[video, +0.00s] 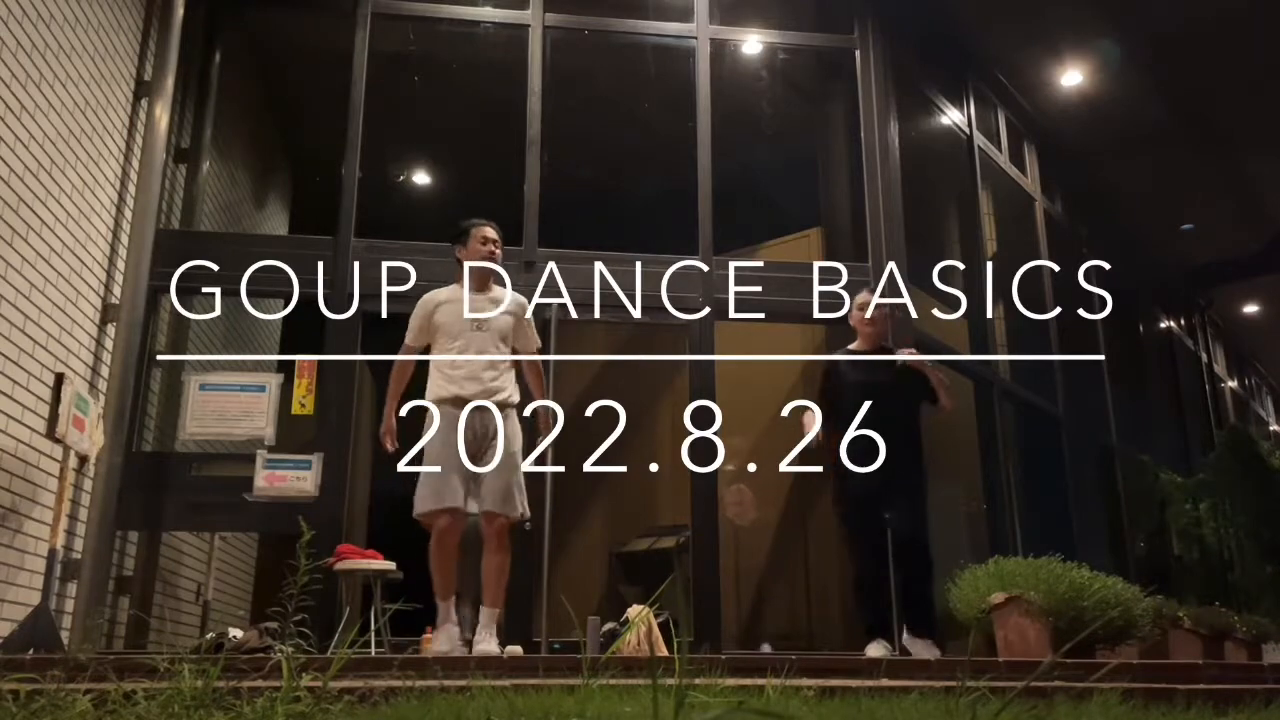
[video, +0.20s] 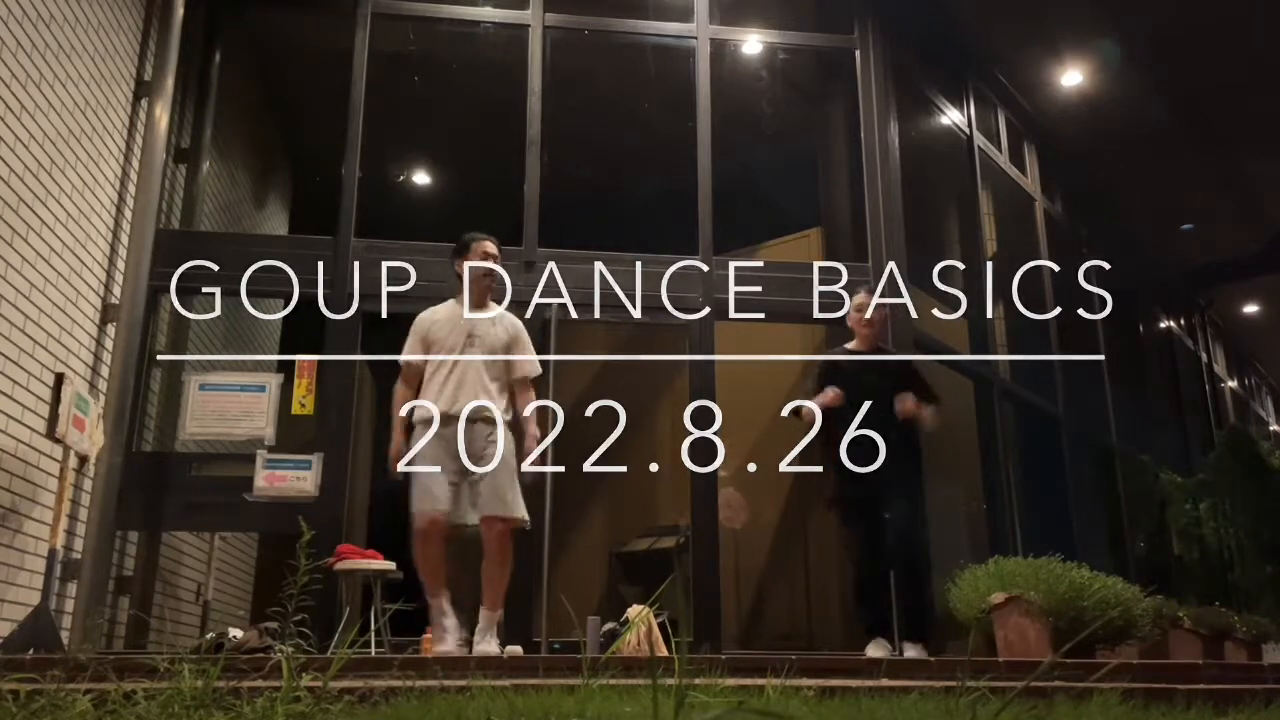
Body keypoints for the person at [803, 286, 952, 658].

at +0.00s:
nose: (875, 315)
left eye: (881, 309)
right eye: (866, 309)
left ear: (891, 317)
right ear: (852, 318)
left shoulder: (905, 361)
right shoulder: (836, 363)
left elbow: (947, 405)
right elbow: (815, 411)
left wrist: (926, 368)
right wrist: (813, 426)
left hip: (905, 471)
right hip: (856, 474)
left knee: (912, 548)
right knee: (867, 554)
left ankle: (917, 632)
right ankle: (877, 637)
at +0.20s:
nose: (868, 317)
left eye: (874, 311)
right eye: (861, 311)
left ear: (885, 317)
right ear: (849, 317)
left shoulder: (899, 363)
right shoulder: (834, 362)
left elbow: (934, 419)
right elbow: (805, 415)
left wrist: (917, 410)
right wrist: (820, 403)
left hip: (901, 475)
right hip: (854, 476)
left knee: (908, 551)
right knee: (866, 555)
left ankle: (913, 638)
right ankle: (877, 637)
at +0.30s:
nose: (867, 330)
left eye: (873, 324)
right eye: (860, 324)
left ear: (883, 329)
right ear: (849, 330)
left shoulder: (896, 382)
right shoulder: (834, 379)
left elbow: (918, 427)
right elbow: (810, 421)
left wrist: (914, 448)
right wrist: (828, 432)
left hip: (893, 479)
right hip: (848, 480)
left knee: (907, 548)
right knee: (865, 536)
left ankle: (911, 637)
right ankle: (867, 617)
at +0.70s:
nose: (811, 305)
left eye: (817, 298)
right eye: (804, 298)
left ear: (827, 305)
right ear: (791, 305)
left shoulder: (845, 351)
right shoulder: (769, 349)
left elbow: (873, 393)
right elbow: (739, 373)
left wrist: (869, 422)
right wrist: (728, 408)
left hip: (834, 464)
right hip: (779, 464)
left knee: (860, 533)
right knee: (757, 546)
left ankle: (843, 612)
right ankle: (734, 633)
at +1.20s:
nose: (812, 312)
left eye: (815, 305)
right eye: (804, 305)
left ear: (819, 310)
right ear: (785, 310)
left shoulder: (835, 346)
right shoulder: (777, 353)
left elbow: (886, 375)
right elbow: (762, 389)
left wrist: (873, 348)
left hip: (838, 459)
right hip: (789, 464)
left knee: (877, 526)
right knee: (769, 543)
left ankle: (876, 610)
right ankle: (741, 626)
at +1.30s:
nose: (831, 317)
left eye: (834, 309)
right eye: (823, 310)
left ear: (840, 312)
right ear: (803, 315)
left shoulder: (857, 349)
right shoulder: (793, 357)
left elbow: (909, 362)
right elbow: (779, 379)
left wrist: (896, 339)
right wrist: (817, 342)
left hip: (856, 458)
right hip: (808, 460)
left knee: (881, 537)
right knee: (797, 523)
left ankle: (908, 627)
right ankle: (765, 615)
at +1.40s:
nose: (846, 330)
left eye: (850, 322)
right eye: (838, 323)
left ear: (859, 327)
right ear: (820, 329)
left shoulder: (875, 368)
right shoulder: (812, 367)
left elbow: (927, 393)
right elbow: (799, 397)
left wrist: (915, 362)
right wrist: (840, 357)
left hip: (872, 473)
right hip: (823, 473)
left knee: (889, 548)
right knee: (834, 527)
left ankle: (905, 636)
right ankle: (814, 613)